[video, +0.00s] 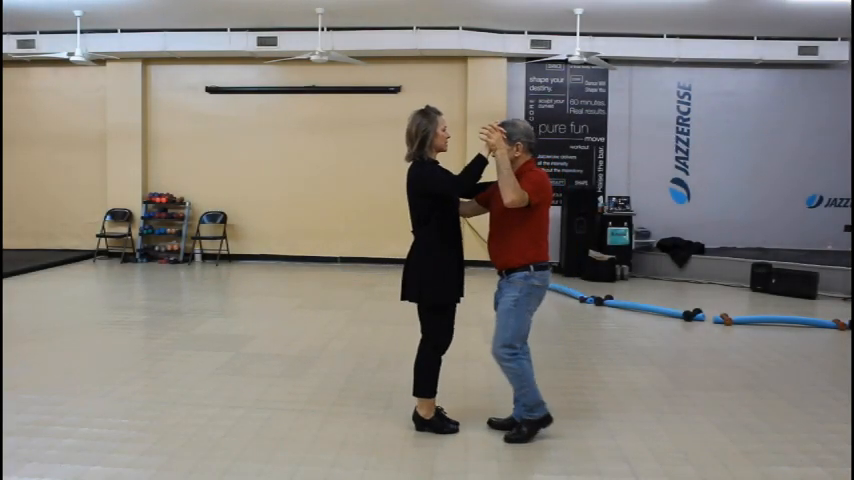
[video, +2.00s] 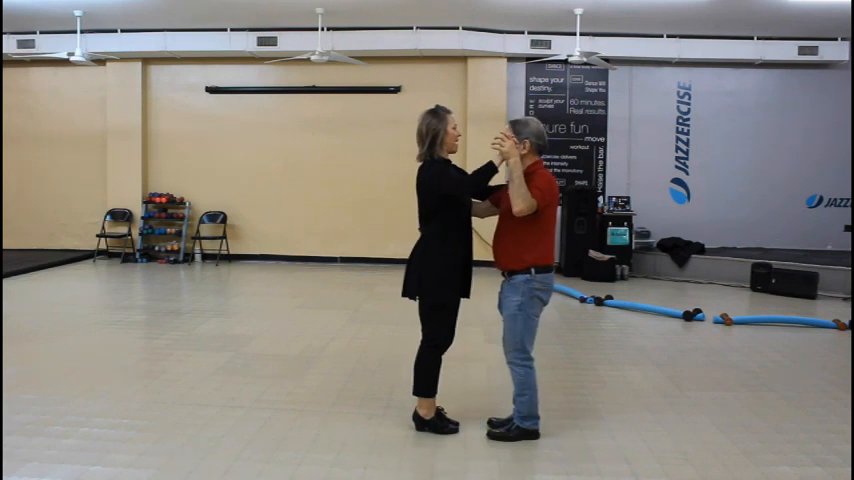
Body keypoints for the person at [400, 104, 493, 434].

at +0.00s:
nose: (447, 134)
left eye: (446, 129)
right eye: (442, 129)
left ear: (426, 135)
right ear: (427, 134)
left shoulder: (430, 169)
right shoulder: (424, 171)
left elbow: (465, 191)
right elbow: (460, 186)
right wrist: (484, 154)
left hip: (438, 268)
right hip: (433, 269)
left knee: (437, 337)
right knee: (436, 338)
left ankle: (426, 407)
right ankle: (425, 410)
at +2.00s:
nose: (459, 133)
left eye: (457, 127)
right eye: (453, 128)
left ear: (440, 133)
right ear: (439, 134)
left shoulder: (440, 168)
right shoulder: (436, 171)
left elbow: (474, 195)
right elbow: (469, 186)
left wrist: (508, 181)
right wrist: (496, 161)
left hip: (441, 267)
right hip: (437, 268)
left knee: (437, 338)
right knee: (435, 339)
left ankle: (427, 408)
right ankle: (424, 411)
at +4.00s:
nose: (460, 132)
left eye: (459, 127)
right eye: (455, 127)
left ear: (441, 132)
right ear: (440, 133)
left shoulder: (442, 167)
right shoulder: (438, 170)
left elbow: (472, 188)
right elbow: (472, 185)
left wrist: (505, 171)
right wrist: (501, 160)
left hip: (443, 267)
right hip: (439, 269)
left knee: (439, 338)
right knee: (438, 339)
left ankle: (427, 408)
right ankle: (425, 411)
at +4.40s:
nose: (453, 139)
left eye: (452, 133)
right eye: (448, 134)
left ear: (432, 138)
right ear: (433, 138)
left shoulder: (436, 173)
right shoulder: (425, 174)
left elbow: (464, 200)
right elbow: (455, 190)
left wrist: (498, 189)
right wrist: (485, 165)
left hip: (435, 270)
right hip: (421, 272)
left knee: (446, 336)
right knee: (445, 337)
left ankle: (429, 406)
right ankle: (410, 404)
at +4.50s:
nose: (446, 138)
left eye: (444, 133)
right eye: (440, 134)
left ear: (423, 140)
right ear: (424, 140)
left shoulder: (429, 176)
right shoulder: (419, 177)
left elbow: (457, 202)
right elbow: (444, 196)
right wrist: (473, 170)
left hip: (431, 274)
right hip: (415, 276)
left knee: (443, 335)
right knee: (437, 336)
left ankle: (428, 406)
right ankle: (376, 392)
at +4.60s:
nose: (435, 138)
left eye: (433, 133)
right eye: (429, 135)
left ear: (415, 142)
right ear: (415, 142)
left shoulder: (421, 179)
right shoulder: (408, 179)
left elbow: (449, 208)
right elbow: (435, 197)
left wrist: (481, 190)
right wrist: (462, 172)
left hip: (426, 278)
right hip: (406, 279)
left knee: (440, 333)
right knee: (408, 349)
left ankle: (428, 406)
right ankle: (344, 391)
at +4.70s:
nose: (424, 141)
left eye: (422, 136)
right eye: (419, 137)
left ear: (403, 144)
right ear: (404, 143)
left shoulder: (409, 180)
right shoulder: (398, 180)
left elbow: (441, 206)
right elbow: (424, 199)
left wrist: (472, 189)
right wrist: (450, 173)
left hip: (414, 278)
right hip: (393, 279)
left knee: (435, 333)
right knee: (378, 347)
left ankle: (427, 407)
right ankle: (321, 400)